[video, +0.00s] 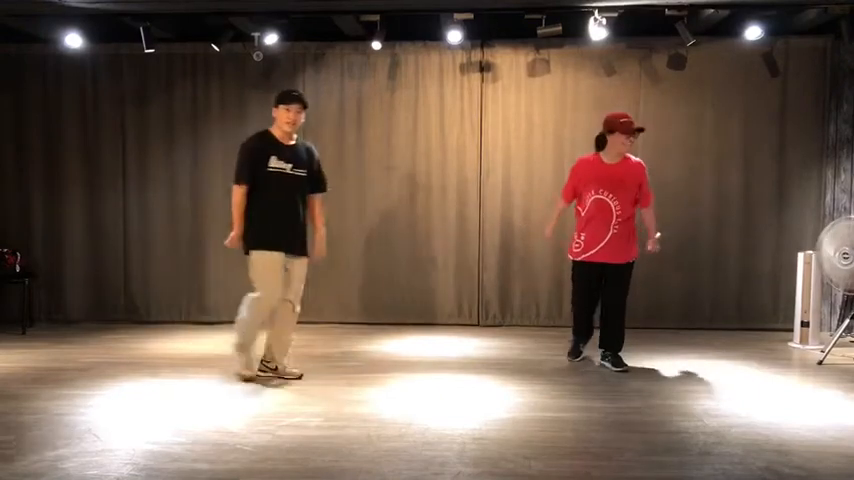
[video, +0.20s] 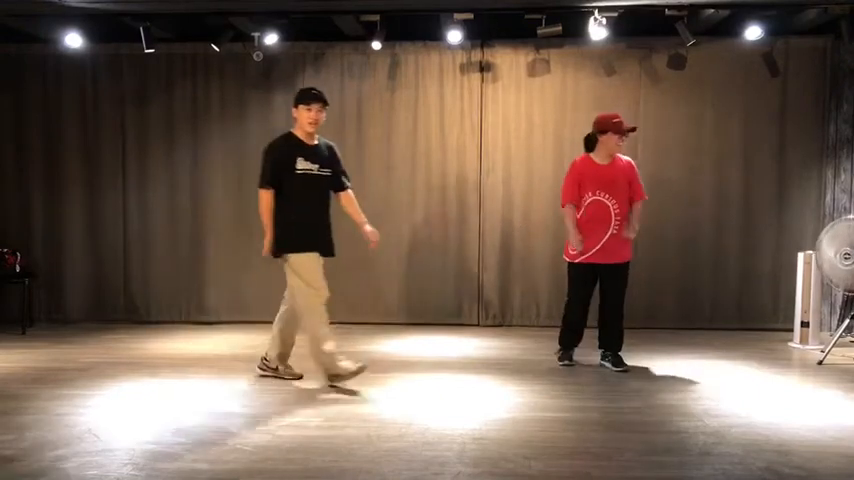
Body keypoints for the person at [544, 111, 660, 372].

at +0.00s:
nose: (631, 139)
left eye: (632, 135)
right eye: (626, 135)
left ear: (631, 138)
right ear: (610, 136)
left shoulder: (636, 167)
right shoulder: (584, 165)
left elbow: (645, 204)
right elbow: (566, 198)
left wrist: (652, 233)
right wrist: (551, 224)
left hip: (621, 251)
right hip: (586, 250)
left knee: (614, 305)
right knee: (582, 302)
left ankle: (610, 351)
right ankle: (579, 339)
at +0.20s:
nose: (623, 140)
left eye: (623, 135)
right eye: (618, 135)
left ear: (616, 137)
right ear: (602, 136)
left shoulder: (627, 166)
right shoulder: (580, 165)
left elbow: (638, 199)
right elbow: (568, 203)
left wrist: (633, 225)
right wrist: (573, 232)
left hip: (616, 250)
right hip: (584, 249)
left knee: (613, 305)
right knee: (577, 303)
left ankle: (610, 351)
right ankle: (566, 348)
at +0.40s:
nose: (605, 139)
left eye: (605, 135)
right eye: (600, 135)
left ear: (601, 138)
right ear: (584, 138)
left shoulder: (610, 163)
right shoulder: (566, 167)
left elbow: (626, 192)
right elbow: (570, 201)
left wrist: (630, 210)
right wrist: (592, 214)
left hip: (606, 249)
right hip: (575, 249)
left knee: (607, 303)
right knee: (570, 302)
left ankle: (609, 351)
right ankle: (565, 349)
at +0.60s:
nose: (591, 139)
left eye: (591, 134)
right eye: (586, 135)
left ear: (587, 138)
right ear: (571, 139)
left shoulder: (599, 163)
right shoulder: (557, 172)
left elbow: (614, 196)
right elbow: (557, 211)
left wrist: (623, 222)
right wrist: (577, 233)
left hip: (600, 248)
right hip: (568, 250)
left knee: (604, 302)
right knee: (566, 303)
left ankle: (611, 350)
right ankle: (564, 349)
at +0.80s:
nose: (589, 136)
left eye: (590, 132)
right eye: (583, 133)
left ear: (590, 136)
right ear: (569, 138)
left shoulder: (599, 162)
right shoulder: (554, 172)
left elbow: (608, 195)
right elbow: (543, 210)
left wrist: (610, 219)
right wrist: (534, 235)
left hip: (598, 245)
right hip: (566, 247)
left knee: (606, 297)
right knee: (566, 300)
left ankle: (607, 343)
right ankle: (564, 348)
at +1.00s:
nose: (592, 137)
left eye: (594, 133)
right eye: (586, 134)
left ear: (596, 137)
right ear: (573, 138)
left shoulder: (606, 164)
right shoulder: (559, 170)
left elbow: (617, 197)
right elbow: (537, 202)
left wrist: (624, 223)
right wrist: (520, 227)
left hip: (602, 249)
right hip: (569, 250)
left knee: (601, 299)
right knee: (567, 302)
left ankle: (601, 341)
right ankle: (564, 347)